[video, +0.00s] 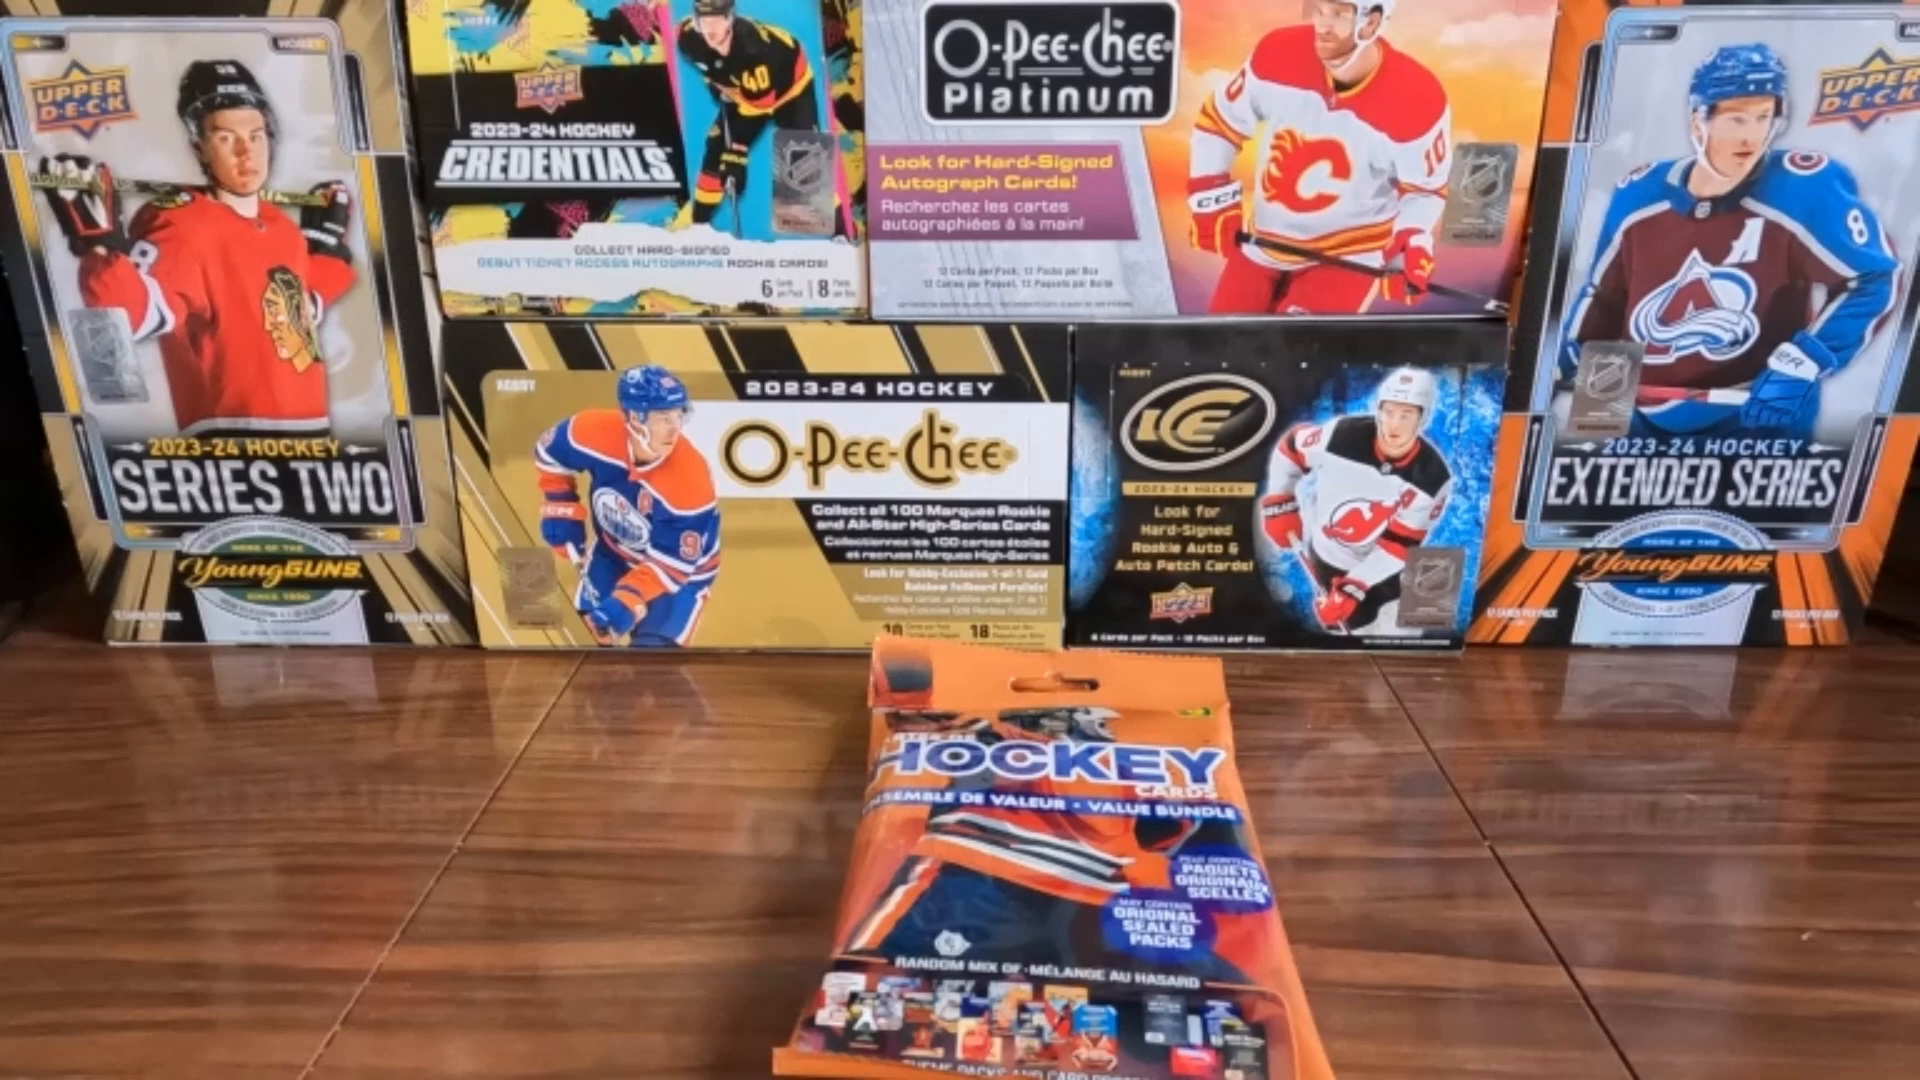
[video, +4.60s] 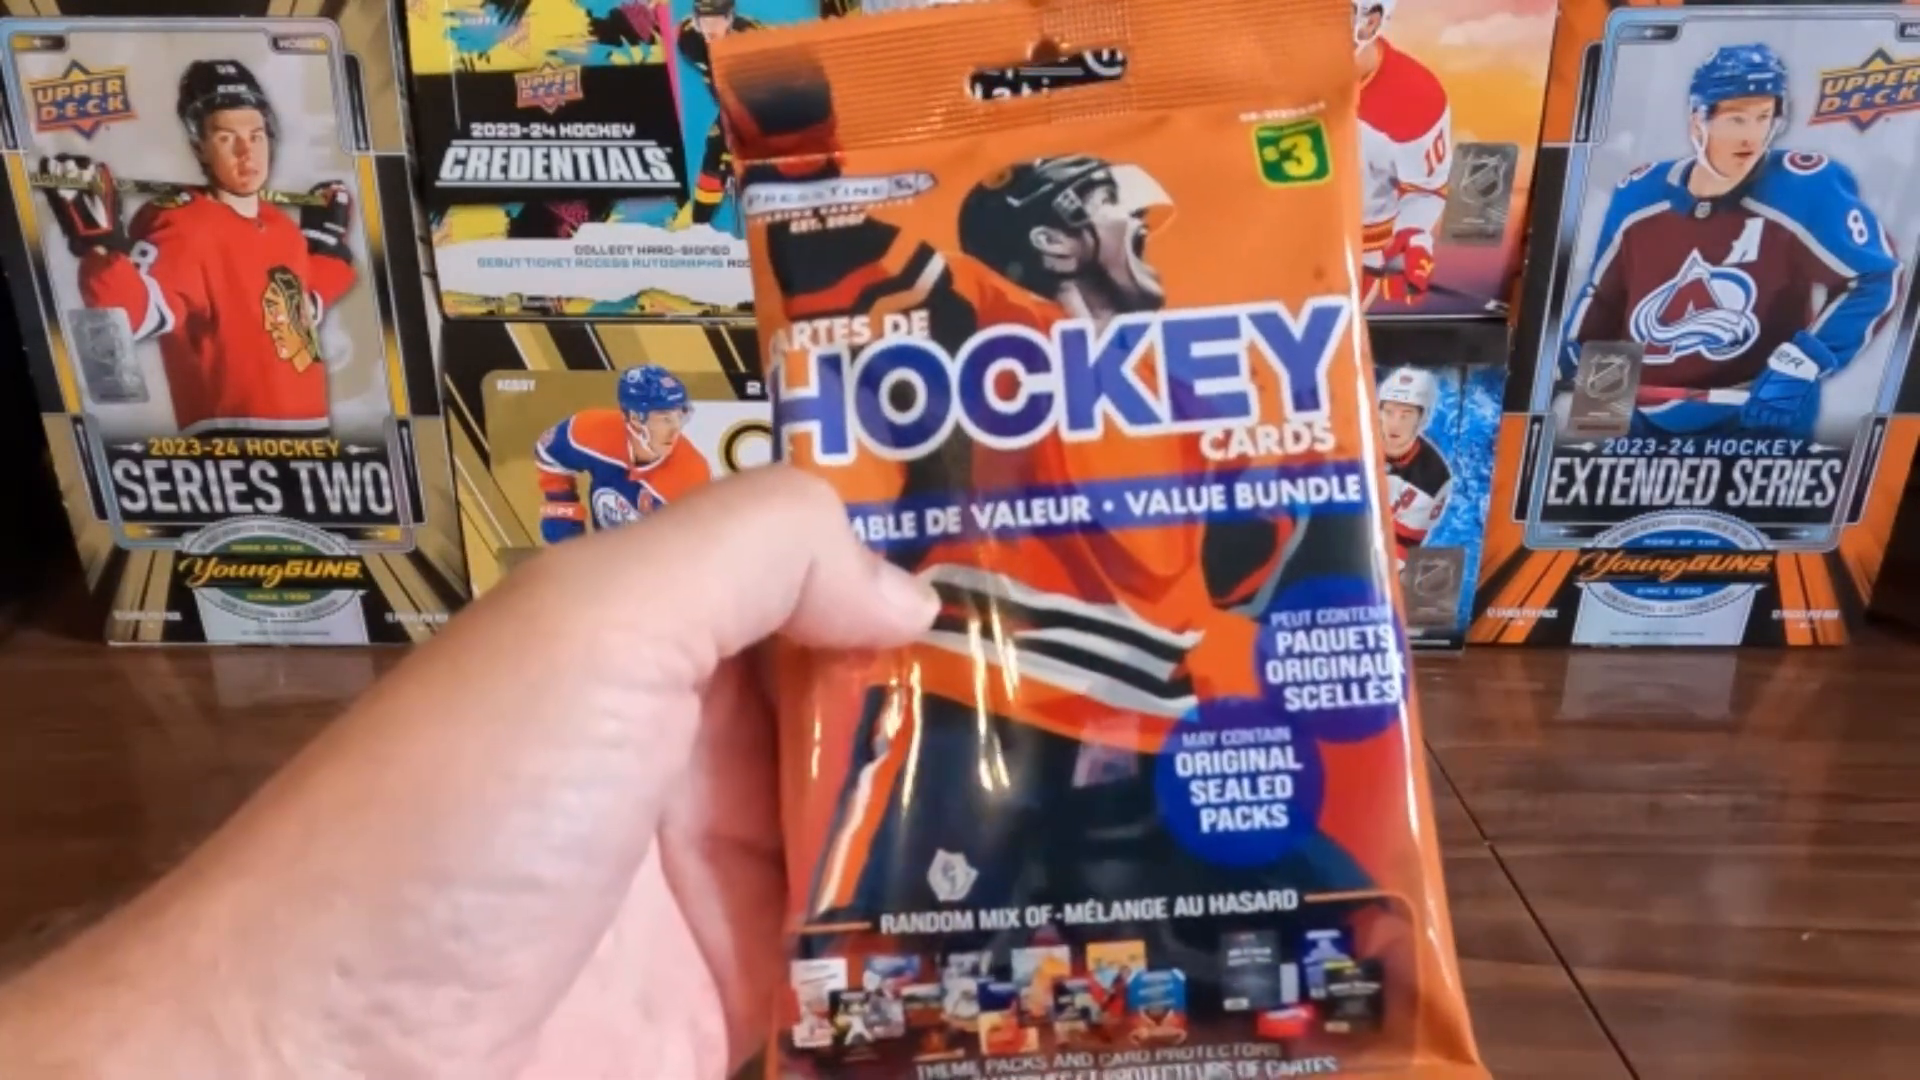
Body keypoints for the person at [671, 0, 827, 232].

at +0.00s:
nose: (710, 29)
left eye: (716, 21)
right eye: (704, 22)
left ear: (730, 18)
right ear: (696, 22)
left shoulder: (753, 47)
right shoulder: (689, 38)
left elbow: (759, 107)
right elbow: (707, 69)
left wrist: (737, 153)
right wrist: (721, 88)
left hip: (791, 92)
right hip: (742, 98)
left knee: (805, 161)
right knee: (716, 147)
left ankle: (840, 230)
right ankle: (698, 222)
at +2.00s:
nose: (710, 29)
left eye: (716, 21)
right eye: (704, 21)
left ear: (729, 19)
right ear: (696, 21)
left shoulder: (751, 48)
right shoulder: (689, 37)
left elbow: (758, 108)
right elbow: (707, 69)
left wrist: (736, 154)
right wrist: (722, 90)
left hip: (785, 87)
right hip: (738, 95)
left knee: (792, 152)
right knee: (716, 147)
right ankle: (699, 219)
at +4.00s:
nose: (709, 32)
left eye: (715, 24)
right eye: (703, 24)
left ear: (729, 19)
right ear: (696, 22)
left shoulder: (755, 37)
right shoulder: (689, 38)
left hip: (761, 110)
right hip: (729, 110)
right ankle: (698, 224)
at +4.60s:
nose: (710, 30)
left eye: (716, 22)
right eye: (704, 22)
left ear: (730, 18)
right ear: (696, 20)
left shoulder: (752, 35)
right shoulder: (688, 39)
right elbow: (710, 73)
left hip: (761, 111)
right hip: (727, 111)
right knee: (714, 161)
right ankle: (700, 220)